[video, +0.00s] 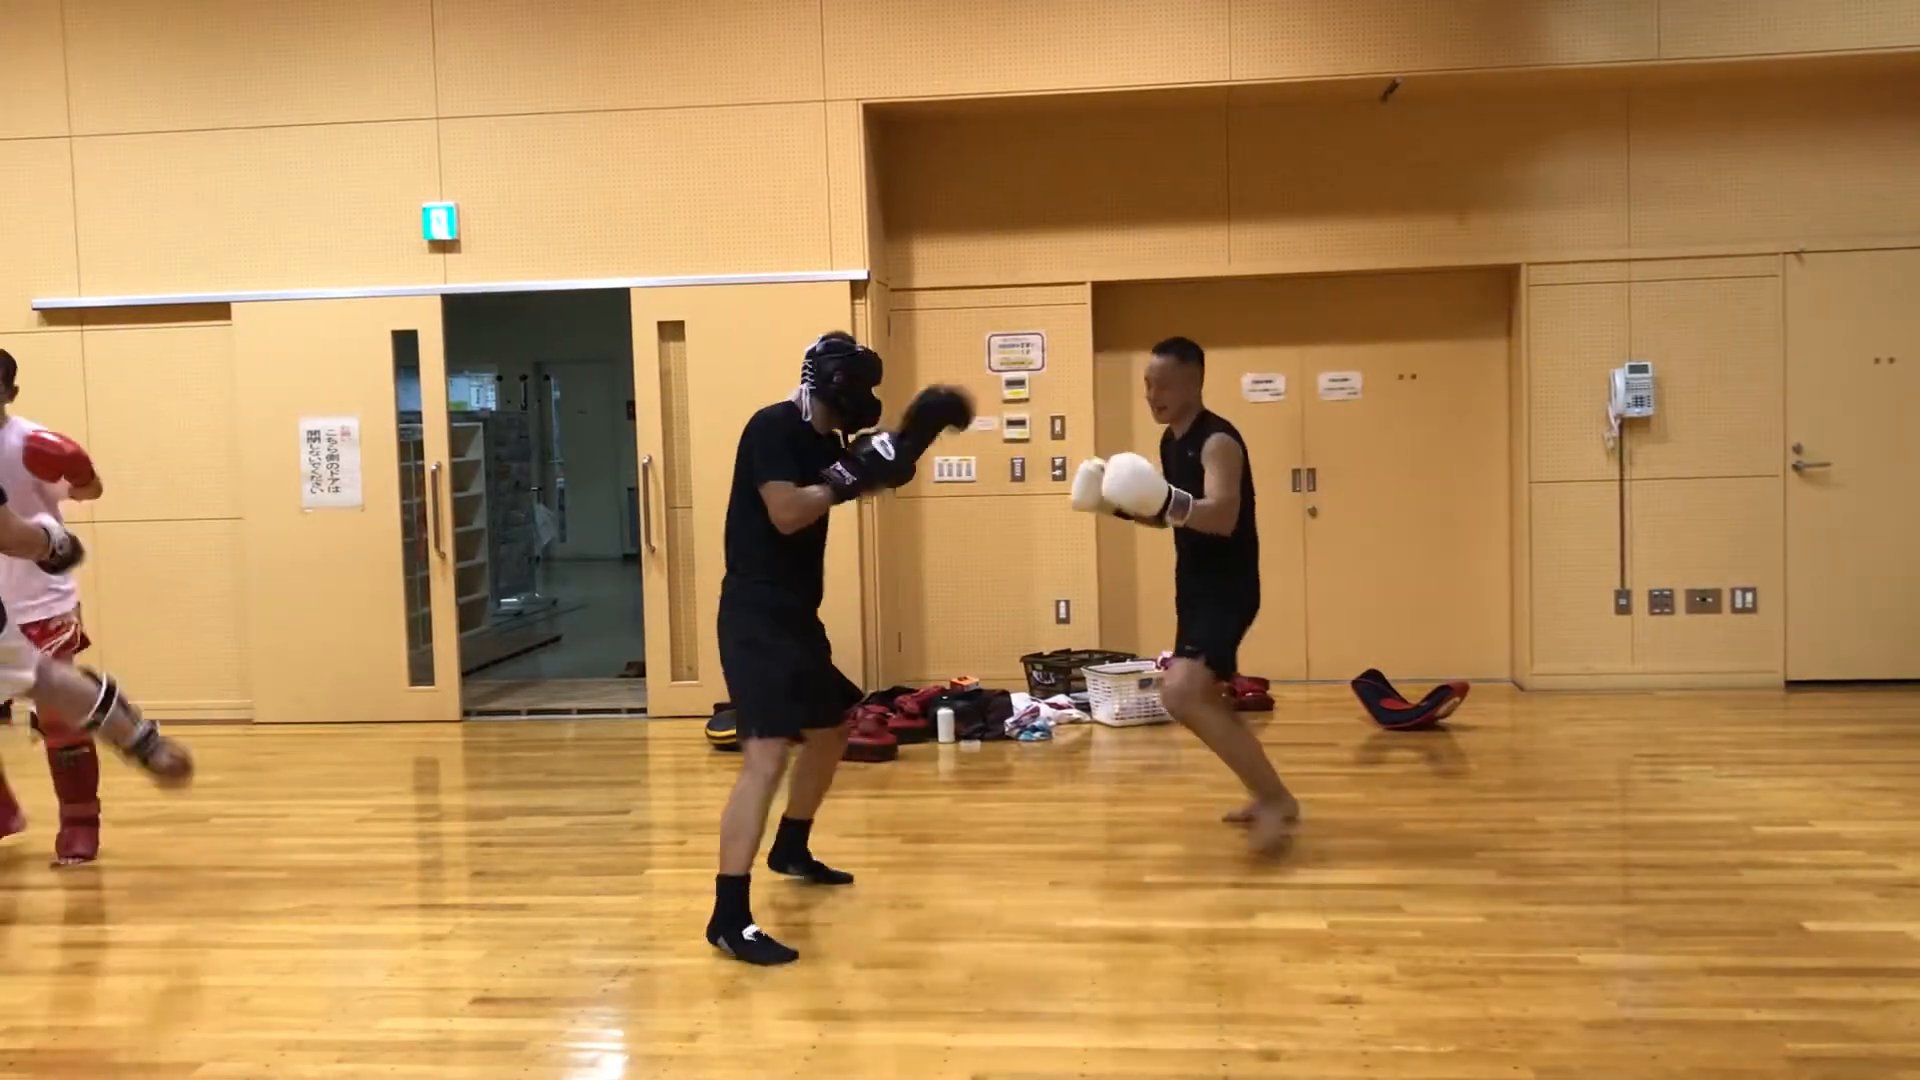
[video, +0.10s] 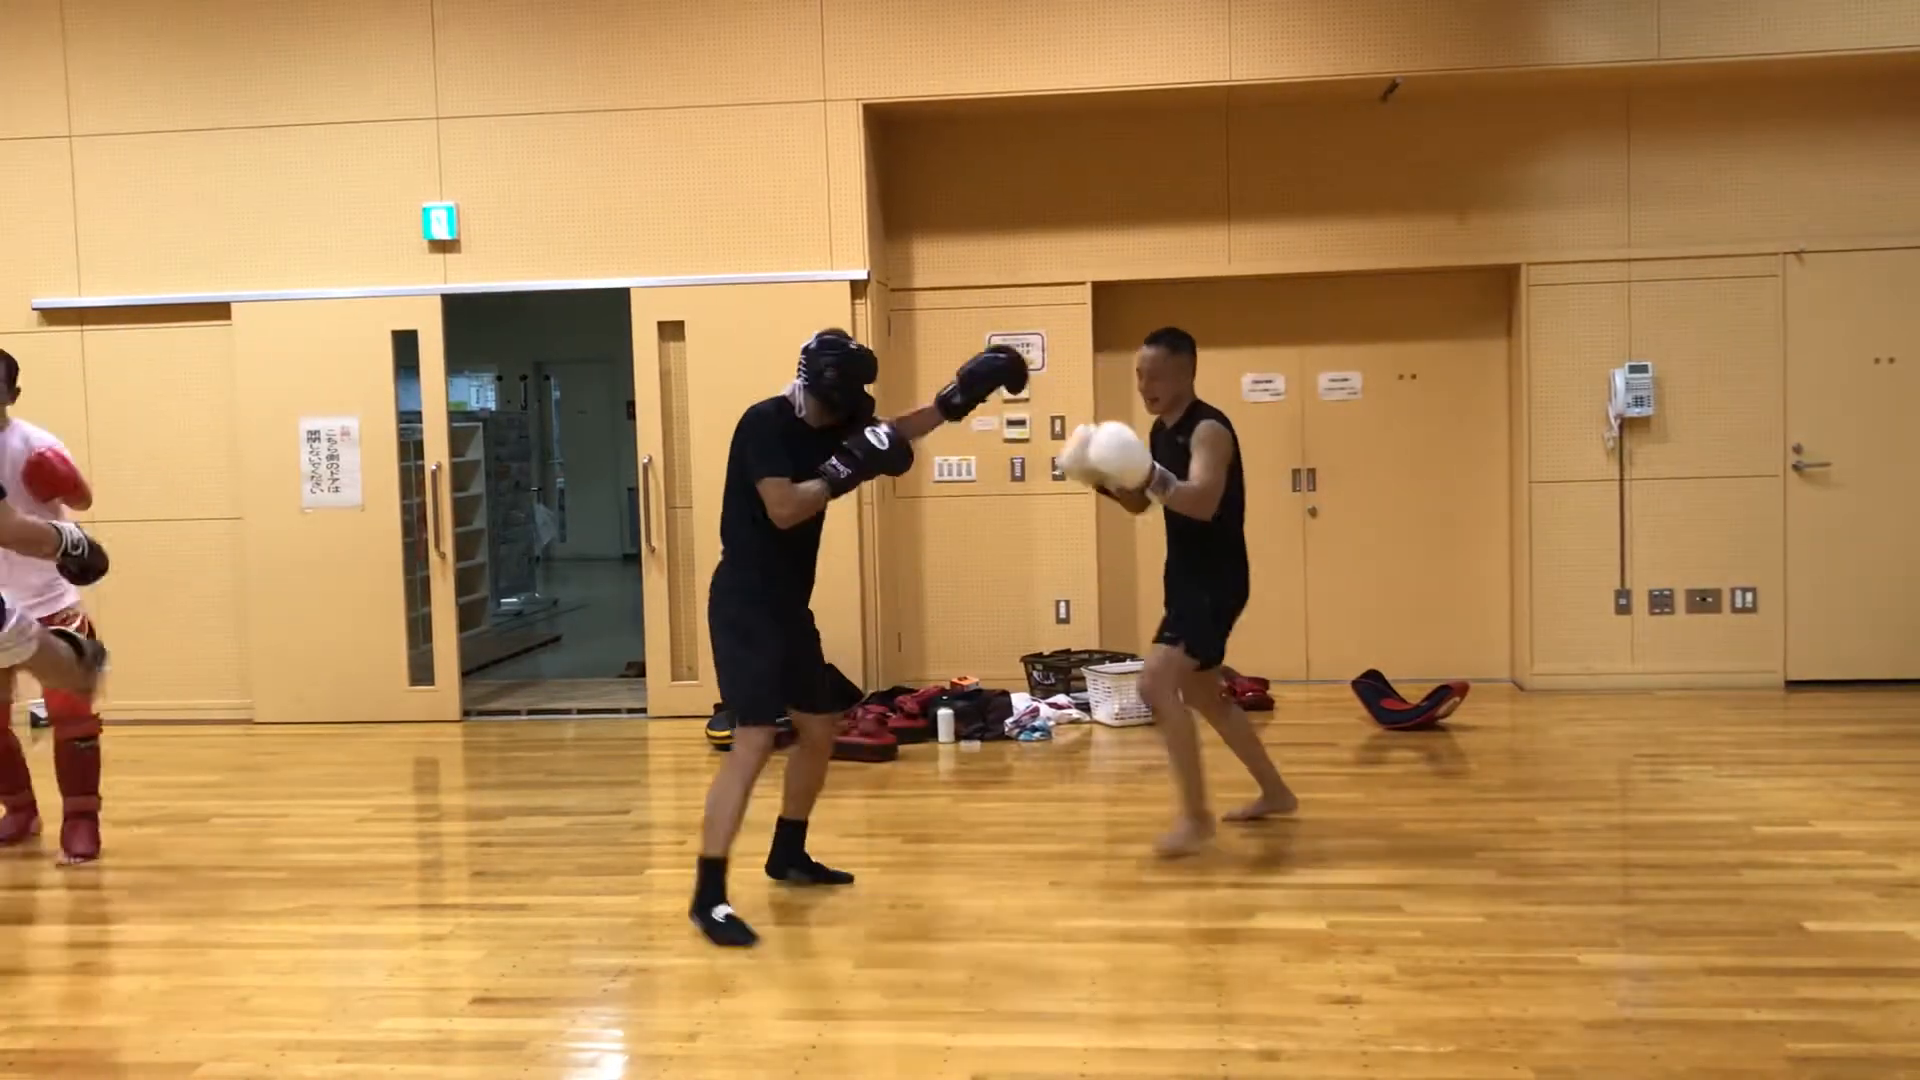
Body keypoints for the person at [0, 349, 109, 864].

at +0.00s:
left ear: (9, 386)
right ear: (7, 385)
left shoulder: (26, 443)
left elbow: (87, 481)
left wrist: (66, 487)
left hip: (43, 605)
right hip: (2, 614)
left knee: (59, 712)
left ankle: (78, 824)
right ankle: (6, 808)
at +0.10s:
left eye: (2, 381)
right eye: (0, 382)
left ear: (13, 386)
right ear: (8, 385)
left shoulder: (30, 445)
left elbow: (82, 500)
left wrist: (62, 481)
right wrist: (62, 542)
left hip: (50, 606)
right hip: (6, 616)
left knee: (70, 707)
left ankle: (81, 818)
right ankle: (18, 808)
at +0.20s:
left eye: (3, 389)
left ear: (13, 394)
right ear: (5, 392)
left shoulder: (38, 449)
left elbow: (73, 510)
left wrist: (32, 503)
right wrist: (40, 510)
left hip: (57, 604)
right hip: (5, 613)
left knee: (82, 707)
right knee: (0, 718)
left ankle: (93, 816)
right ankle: (18, 812)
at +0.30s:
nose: (1, 401)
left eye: (4, 392)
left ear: (13, 394)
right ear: (4, 393)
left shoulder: (35, 447)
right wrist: (38, 500)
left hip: (56, 604)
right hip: (2, 615)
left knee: (90, 706)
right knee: (7, 723)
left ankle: (103, 812)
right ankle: (16, 814)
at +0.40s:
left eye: (1, 383)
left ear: (13, 389)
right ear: (2, 389)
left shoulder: (40, 442)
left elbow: (83, 500)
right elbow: (15, 512)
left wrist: (45, 495)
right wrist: (29, 491)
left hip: (60, 594)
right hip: (4, 606)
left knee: (95, 697)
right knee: (0, 716)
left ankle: (116, 804)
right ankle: (21, 807)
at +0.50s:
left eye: (1, 385)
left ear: (13, 389)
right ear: (3, 388)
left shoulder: (36, 442)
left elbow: (96, 493)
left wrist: (66, 481)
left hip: (60, 594)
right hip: (5, 608)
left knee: (94, 695)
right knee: (1, 716)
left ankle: (121, 802)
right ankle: (20, 805)